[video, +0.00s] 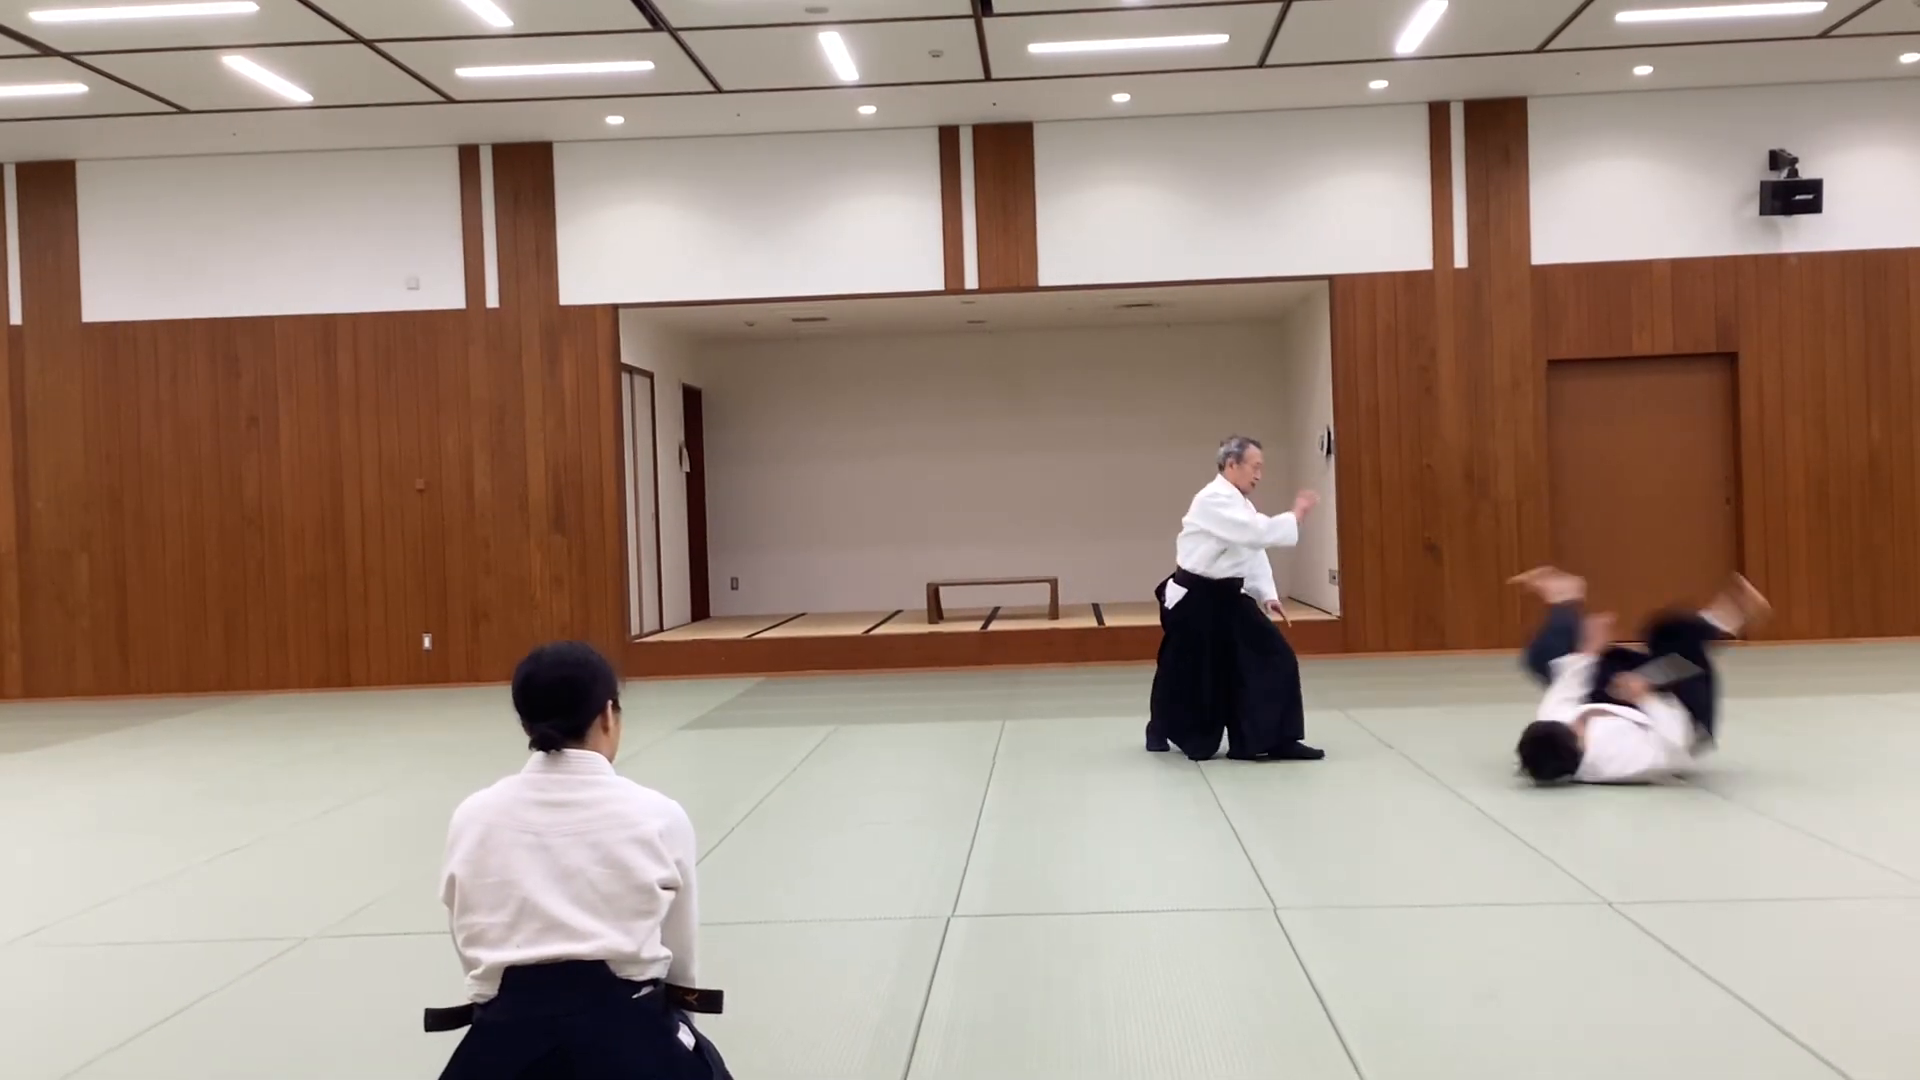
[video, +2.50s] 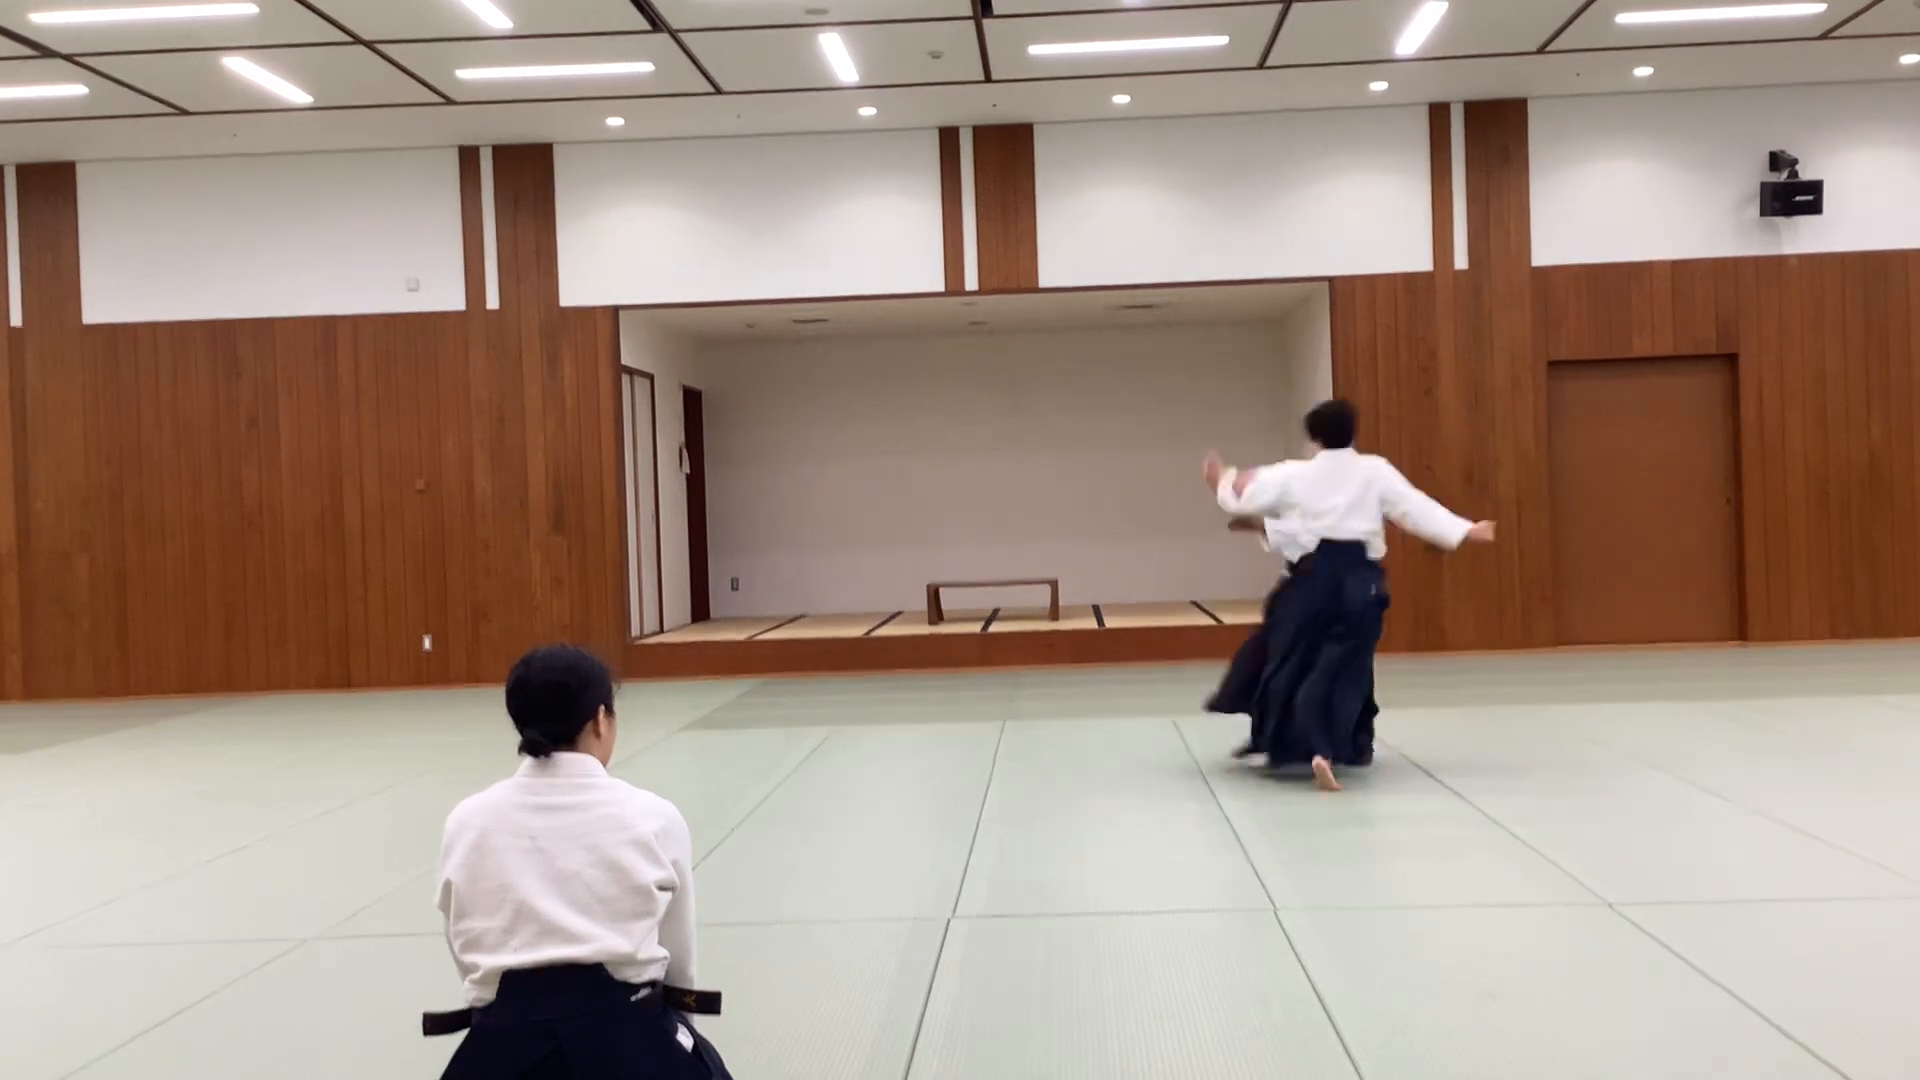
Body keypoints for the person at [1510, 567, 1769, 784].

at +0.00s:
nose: (1571, 723)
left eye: (1559, 724)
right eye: (1569, 727)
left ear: (1549, 723)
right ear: (1575, 743)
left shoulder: (1544, 733)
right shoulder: (1617, 759)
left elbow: (1565, 688)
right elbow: (1676, 746)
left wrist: (1591, 650)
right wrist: (1645, 699)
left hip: (1603, 707)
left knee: (1539, 660)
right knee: (1668, 629)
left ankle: (1564, 600)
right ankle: (1726, 616)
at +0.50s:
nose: (1786, 601)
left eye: (1793, 591)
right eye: (1778, 594)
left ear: (1812, 586)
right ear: (1772, 597)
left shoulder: (1847, 597)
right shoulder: (1775, 637)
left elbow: (1906, 620)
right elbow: (1780, 687)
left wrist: (1911, 670)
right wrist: (1811, 695)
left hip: (1886, 681)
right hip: (1840, 702)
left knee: (1912, 724)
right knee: (1834, 770)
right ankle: (1888, 760)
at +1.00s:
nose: (1862, 471)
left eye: (1872, 464)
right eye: (1860, 463)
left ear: (1899, 470)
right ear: (1857, 468)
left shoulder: (1919, 510)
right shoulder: (1855, 517)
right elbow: (1848, 576)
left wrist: (1916, 604)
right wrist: (1865, 599)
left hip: (1917, 631)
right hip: (1882, 630)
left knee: (1899, 705)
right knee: (1836, 691)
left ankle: (1879, 763)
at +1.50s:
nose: (1715, 444)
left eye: (1725, 439)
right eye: (1717, 437)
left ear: (1751, 449)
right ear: (1734, 449)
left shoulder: (1785, 492)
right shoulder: (1716, 492)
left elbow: (1810, 552)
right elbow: (1707, 550)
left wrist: (1807, 612)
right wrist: (1692, 597)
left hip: (1784, 605)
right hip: (1742, 605)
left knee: (1821, 685)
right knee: (1679, 666)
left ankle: (1882, 770)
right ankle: (1662, 759)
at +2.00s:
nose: (1456, 454)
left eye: (1461, 449)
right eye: (1458, 448)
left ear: (1478, 456)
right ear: (1498, 455)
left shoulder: (1472, 496)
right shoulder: (1522, 481)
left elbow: (1409, 487)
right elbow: (1557, 507)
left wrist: (1423, 440)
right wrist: (1528, 532)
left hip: (1501, 602)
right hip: (1534, 595)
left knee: (1442, 672)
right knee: (1541, 686)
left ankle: (1380, 752)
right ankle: (1606, 761)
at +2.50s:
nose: (1311, 442)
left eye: (1311, 436)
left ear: (1314, 437)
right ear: (1352, 434)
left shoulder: (1294, 474)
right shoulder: (1375, 470)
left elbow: (1243, 499)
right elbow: (1414, 507)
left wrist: (1221, 482)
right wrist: (1464, 528)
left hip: (1311, 578)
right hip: (1362, 578)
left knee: (1294, 658)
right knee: (1345, 664)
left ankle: (1285, 744)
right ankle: (1324, 751)